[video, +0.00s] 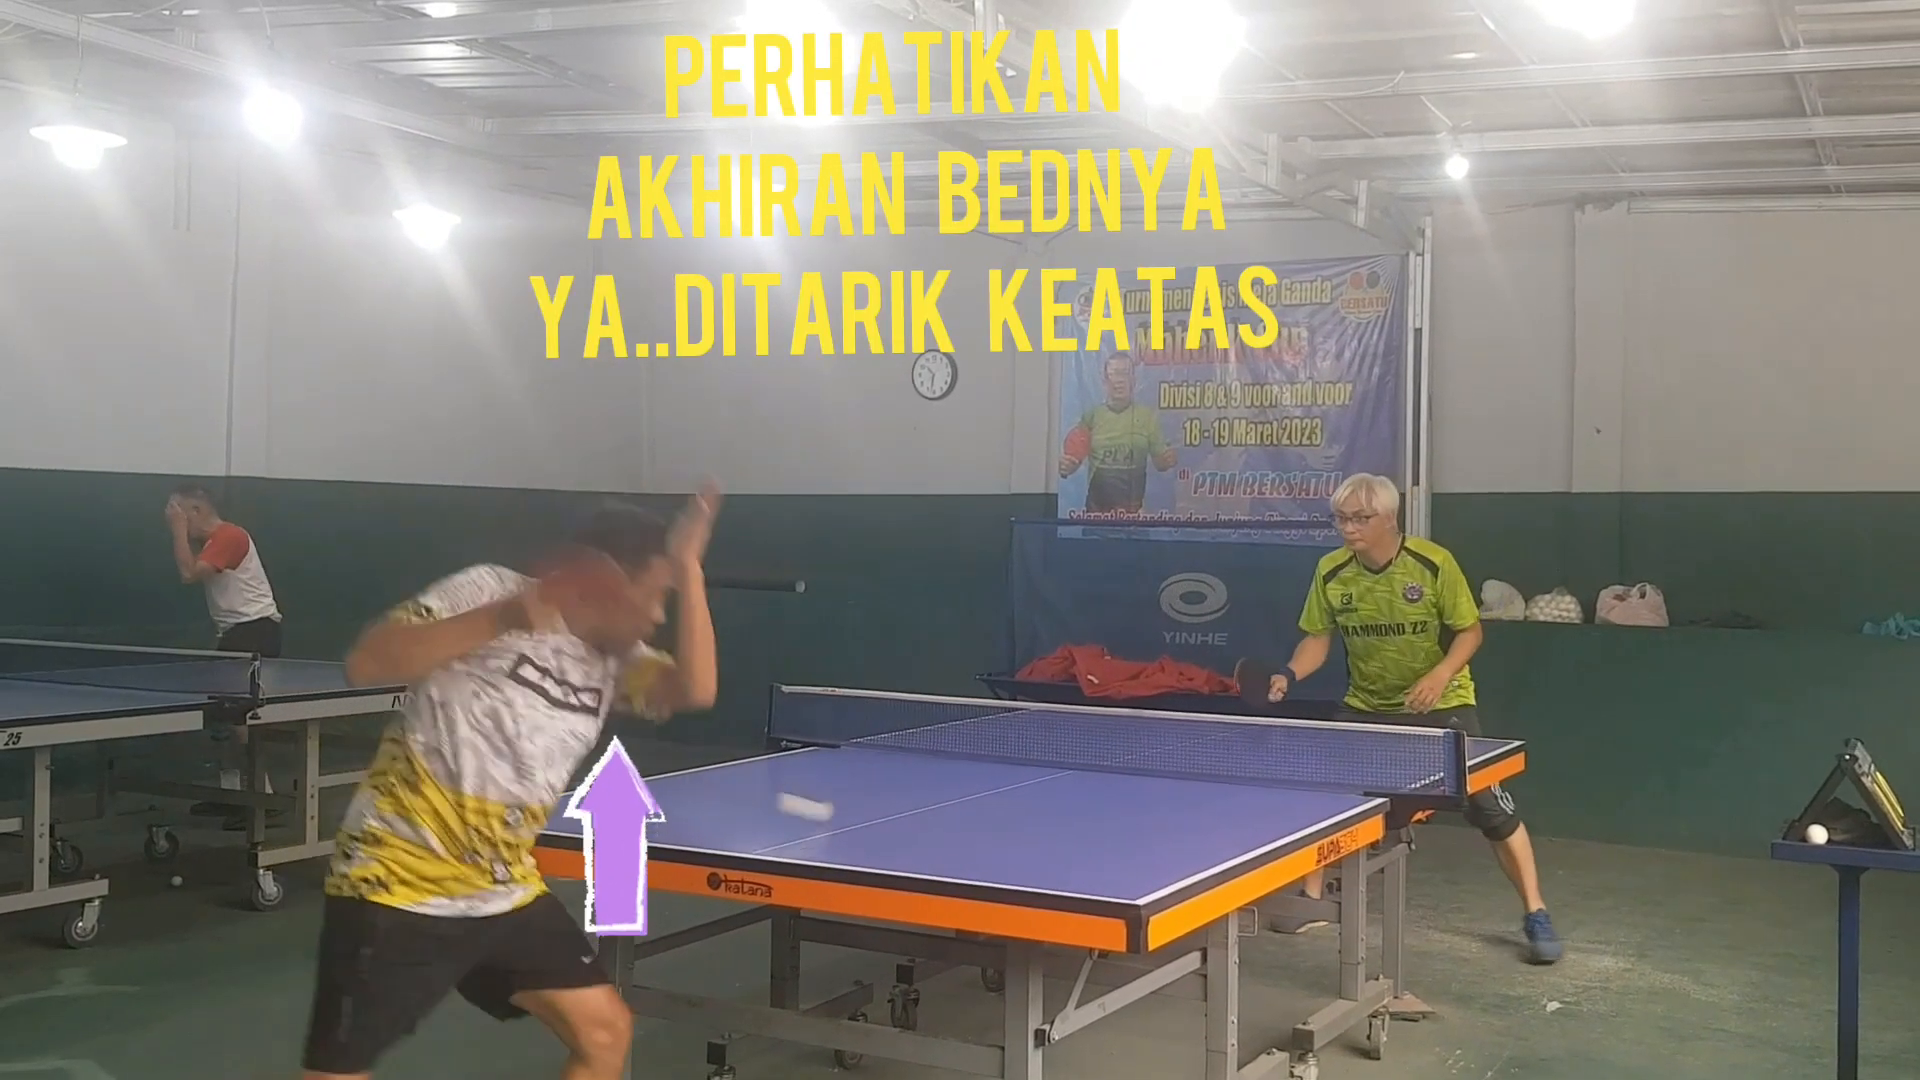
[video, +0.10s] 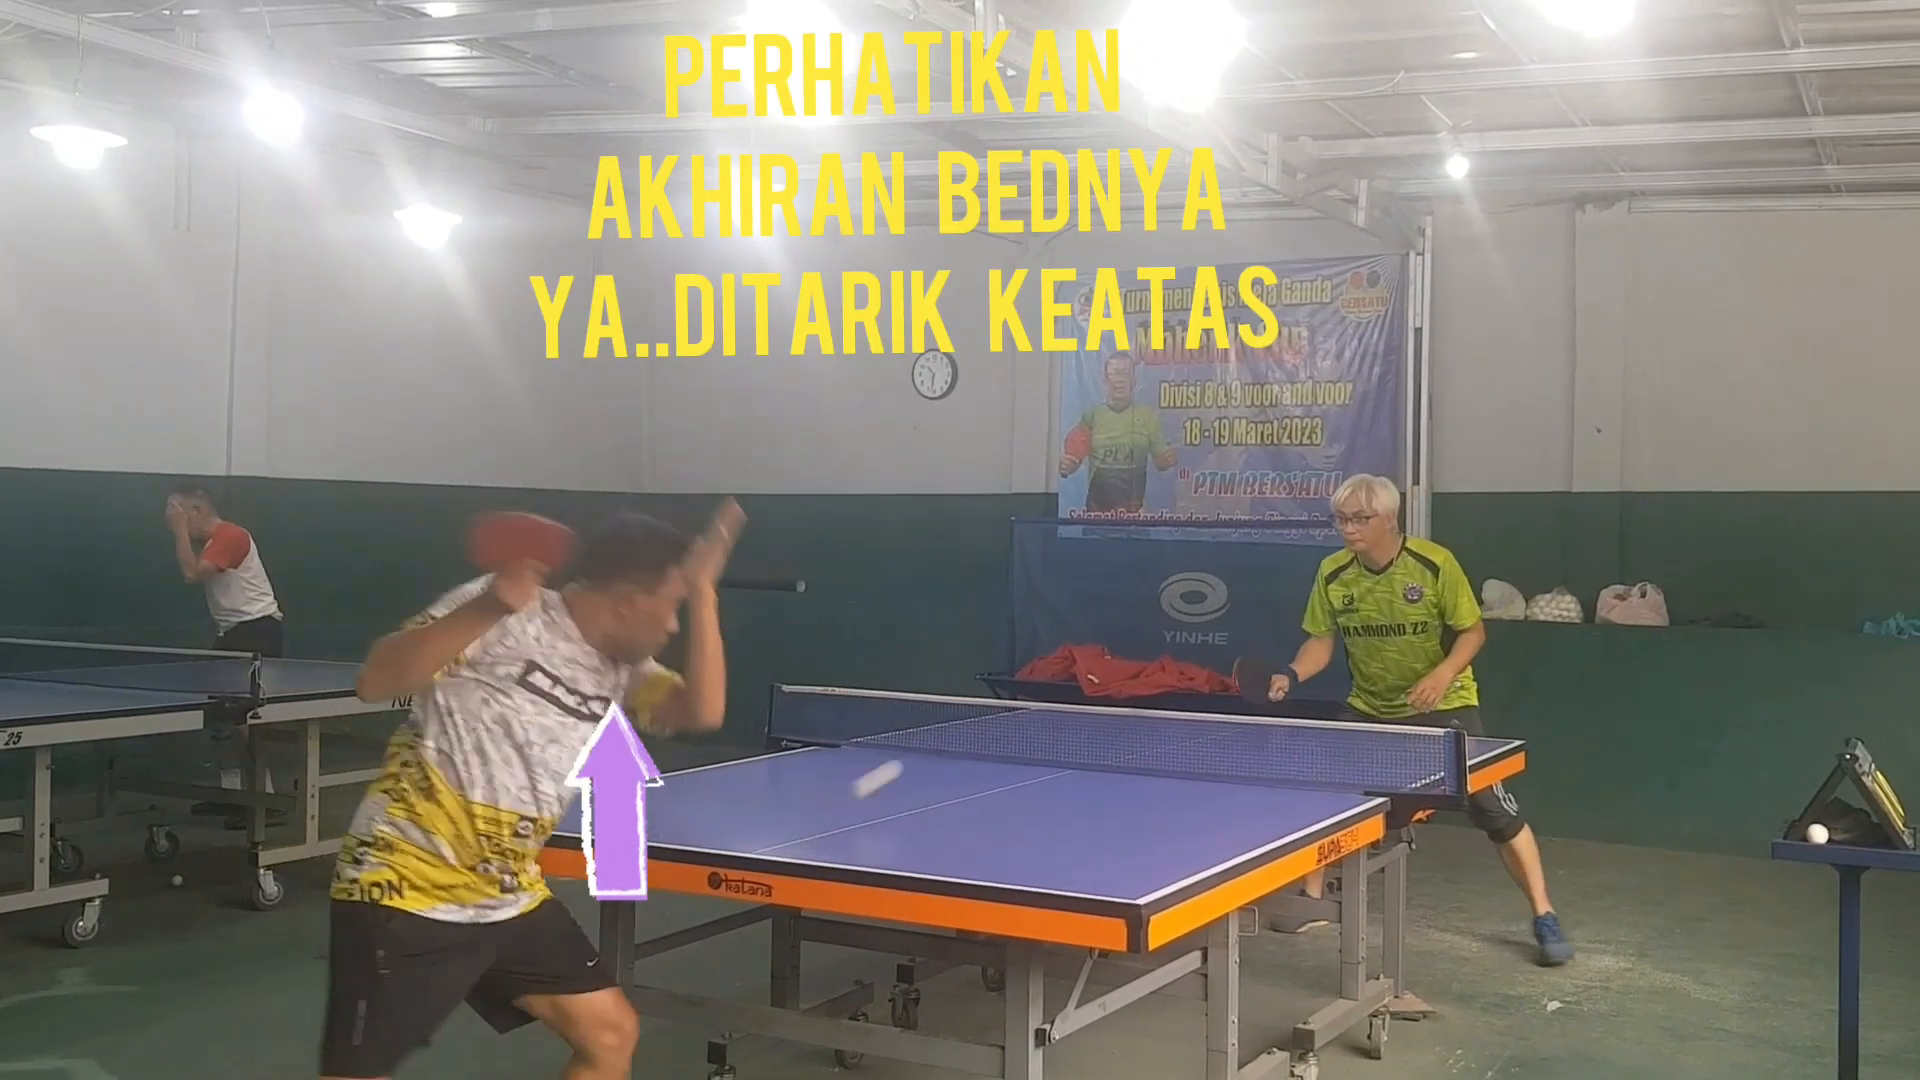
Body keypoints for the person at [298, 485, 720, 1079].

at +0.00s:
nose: (659, 617)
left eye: (666, 600)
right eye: (654, 595)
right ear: (602, 575)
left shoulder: (612, 661)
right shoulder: (490, 591)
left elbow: (696, 690)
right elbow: (366, 662)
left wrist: (687, 566)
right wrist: (502, 616)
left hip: (502, 889)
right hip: (394, 883)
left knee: (606, 1031)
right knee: (333, 1068)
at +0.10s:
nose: (676, 624)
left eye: (682, 609)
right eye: (672, 605)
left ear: (625, 602)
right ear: (624, 597)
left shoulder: (620, 671)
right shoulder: (505, 604)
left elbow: (704, 710)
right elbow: (374, 679)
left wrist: (702, 591)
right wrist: (491, 608)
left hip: (506, 892)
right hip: (401, 887)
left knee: (611, 1033)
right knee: (353, 1071)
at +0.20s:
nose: (676, 625)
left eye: (681, 609)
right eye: (672, 605)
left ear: (625, 601)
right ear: (624, 596)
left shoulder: (615, 671)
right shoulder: (504, 604)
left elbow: (703, 710)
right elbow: (374, 679)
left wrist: (702, 591)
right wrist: (491, 608)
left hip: (506, 892)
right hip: (401, 887)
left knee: (611, 1034)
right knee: (353, 1071)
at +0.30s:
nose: (686, 635)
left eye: (692, 619)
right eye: (683, 615)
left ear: (637, 610)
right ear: (638, 606)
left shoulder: (624, 684)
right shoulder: (512, 611)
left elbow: (711, 729)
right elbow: (380, 689)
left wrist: (717, 614)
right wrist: (475, 607)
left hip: (508, 894)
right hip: (407, 887)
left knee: (615, 1037)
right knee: (370, 1071)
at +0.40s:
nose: (686, 635)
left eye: (692, 619)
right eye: (684, 615)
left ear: (636, 610)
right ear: (637, 605)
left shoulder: (625, 684)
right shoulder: (512, 611)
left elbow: (712, 729)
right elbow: (380, 689)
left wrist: (718, 614)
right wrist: (475, 607)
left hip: (508, 894)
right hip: (407, 887)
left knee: (615, 1037)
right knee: (370, 1071)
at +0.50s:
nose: (693, 641)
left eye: (698, 626)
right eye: (692, 621)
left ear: (646, 614)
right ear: (648, 612)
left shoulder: (632, 687)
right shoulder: (517, 615)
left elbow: (715, 746)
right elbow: (385, 695)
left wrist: (730, 635)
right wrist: (466, 613)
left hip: (510, 897)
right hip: (411, 886)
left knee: (618, 1035)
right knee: (383, 1072)